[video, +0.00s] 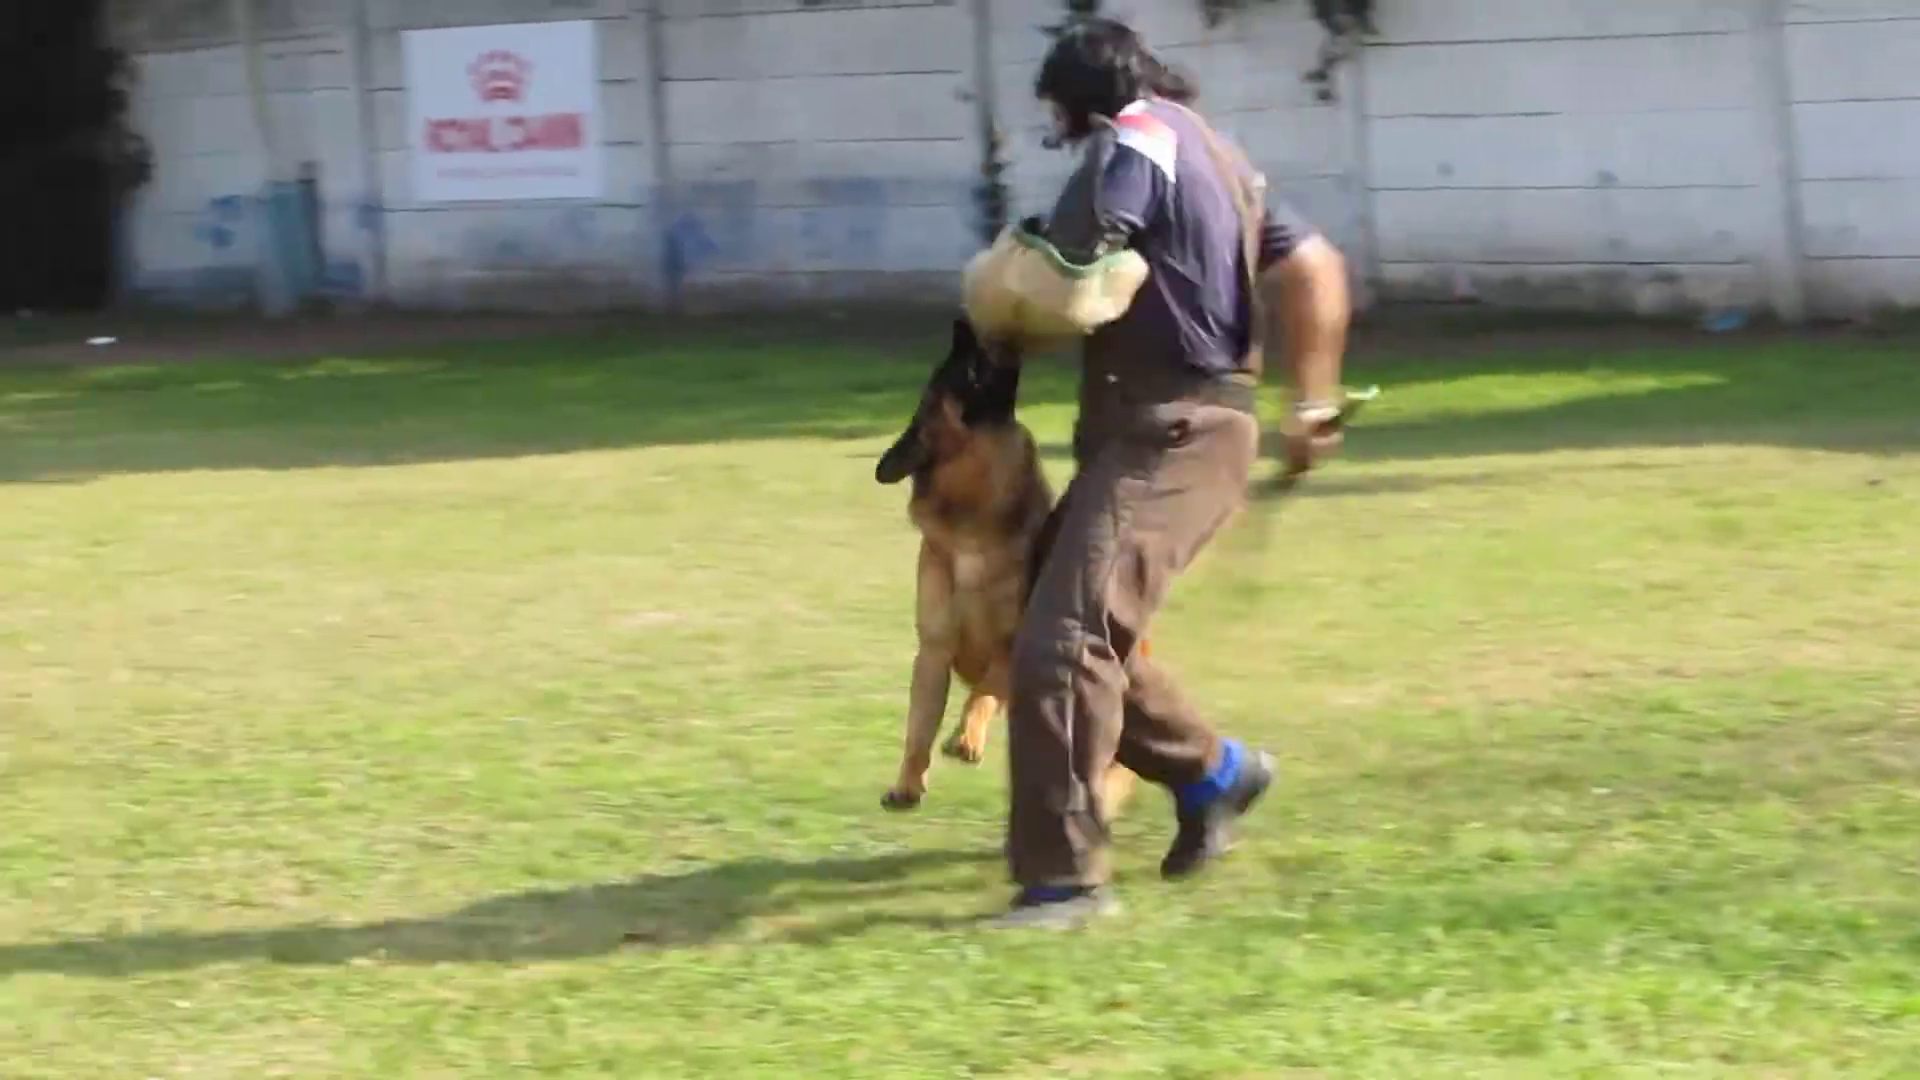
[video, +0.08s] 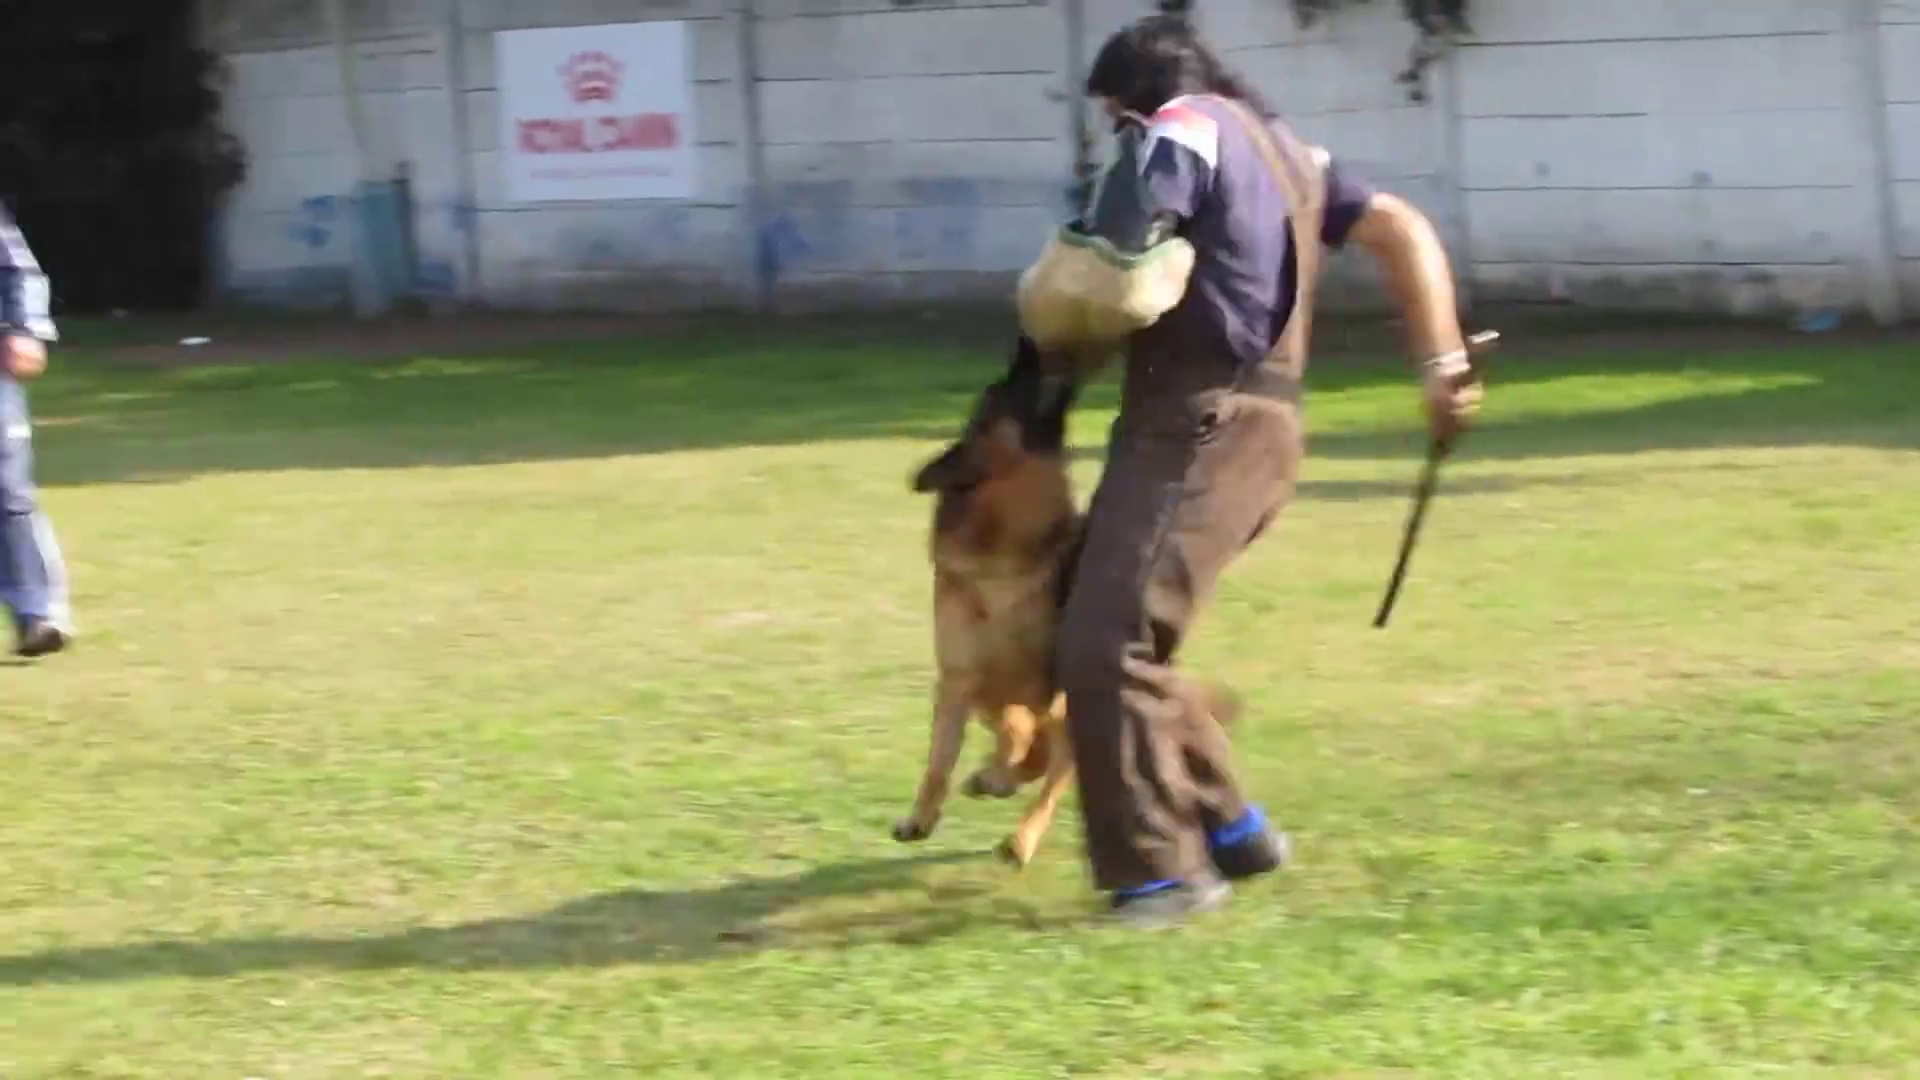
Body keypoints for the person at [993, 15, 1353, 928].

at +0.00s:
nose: (1067, 134)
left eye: (1068, 116)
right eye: (1062, 119)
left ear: (1096, 98)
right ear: (1142, 83)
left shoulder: (1134, 140)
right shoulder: (1210, 147)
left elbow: (1074, 287)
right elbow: (1309, 262)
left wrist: (996, 272)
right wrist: (1314, 399)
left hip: (1171, 435)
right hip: (1186, 430)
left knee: (1064, 641)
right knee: (1064, 620)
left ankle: (1064, 879)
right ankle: (1208, 769)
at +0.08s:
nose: (1116, 134)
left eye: (1117, 118)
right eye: (1111, 122)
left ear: (1147, 101)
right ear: (1198, 84)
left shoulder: (1181, 128)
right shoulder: (1281, 145)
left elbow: (1125, 280)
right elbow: (1402, 227)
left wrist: (1048, 308)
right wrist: (1445, 361)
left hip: (1204, 428)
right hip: (1242, 429)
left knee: (1106, 645)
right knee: (1111, 637)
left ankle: (1164, 875)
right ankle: (1226, 826)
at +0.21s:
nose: (1199, 126)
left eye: (1197, 113)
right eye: (1193, 116)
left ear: (1222, 96)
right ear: (1296, 81)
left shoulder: (1246, 113)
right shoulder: (1384, 148)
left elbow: (1208, 250)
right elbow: (1510, 230)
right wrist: (1540, 366)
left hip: (1312, 410)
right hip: (1384, 429)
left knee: (1160, 617)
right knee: (1236, 646)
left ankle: (1249, 850)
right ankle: (1262, 869)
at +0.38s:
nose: (1302, 145)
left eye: (1303, 132)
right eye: (1303, 133)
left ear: (1322, 127)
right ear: (1400, 111)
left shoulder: (1314, 192)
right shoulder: (1498, 190)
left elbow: (1274, 357)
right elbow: (1587, 327)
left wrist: (1238, 420)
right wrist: (1586, 474)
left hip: (1388, 453)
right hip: (1497, 472)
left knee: (1304, 690)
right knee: (1370, 692)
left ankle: (1300, 931)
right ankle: (1399, 888)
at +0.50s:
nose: (1402, 122)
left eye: (1405, 107)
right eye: (1405, 109)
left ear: (1425, 102)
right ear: (1512, 92)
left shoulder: (1407, 167)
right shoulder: (1597, 177)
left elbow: (1344, 329)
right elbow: (1675, 324)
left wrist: (1331, 429)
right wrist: (1627, 439)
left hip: (1454, 443)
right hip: (1567, 456)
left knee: (1377, 690)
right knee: (1472, 683)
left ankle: (1390, 935)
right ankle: (1494, 887)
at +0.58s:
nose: (1453, 94)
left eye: (1457, 79)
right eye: (1456, 82)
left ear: (1476, 75)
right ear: (1566, 73)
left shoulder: (1457, 133)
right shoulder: (1636, 161)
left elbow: (1380, 266)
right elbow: (1721, 305)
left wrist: (1357, 378)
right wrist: (1687, 432)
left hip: (1496, 431)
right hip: (1604, 440)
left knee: (1430, 681)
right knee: (1527, 675)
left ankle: (1437, 933)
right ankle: (1580, 885)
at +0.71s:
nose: (1482, 63)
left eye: (1484, 50)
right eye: (1488, 51)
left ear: (1501, 51)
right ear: (1587, 48)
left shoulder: (1497, 112)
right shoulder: (1651, 141)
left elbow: (1414, 248)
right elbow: (1742, 286)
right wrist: (1751, 427)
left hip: (1533, 425)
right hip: (1634, 429)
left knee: (1479, 680)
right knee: (1580, 660)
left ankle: (1475, 936)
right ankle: (1708, 854)